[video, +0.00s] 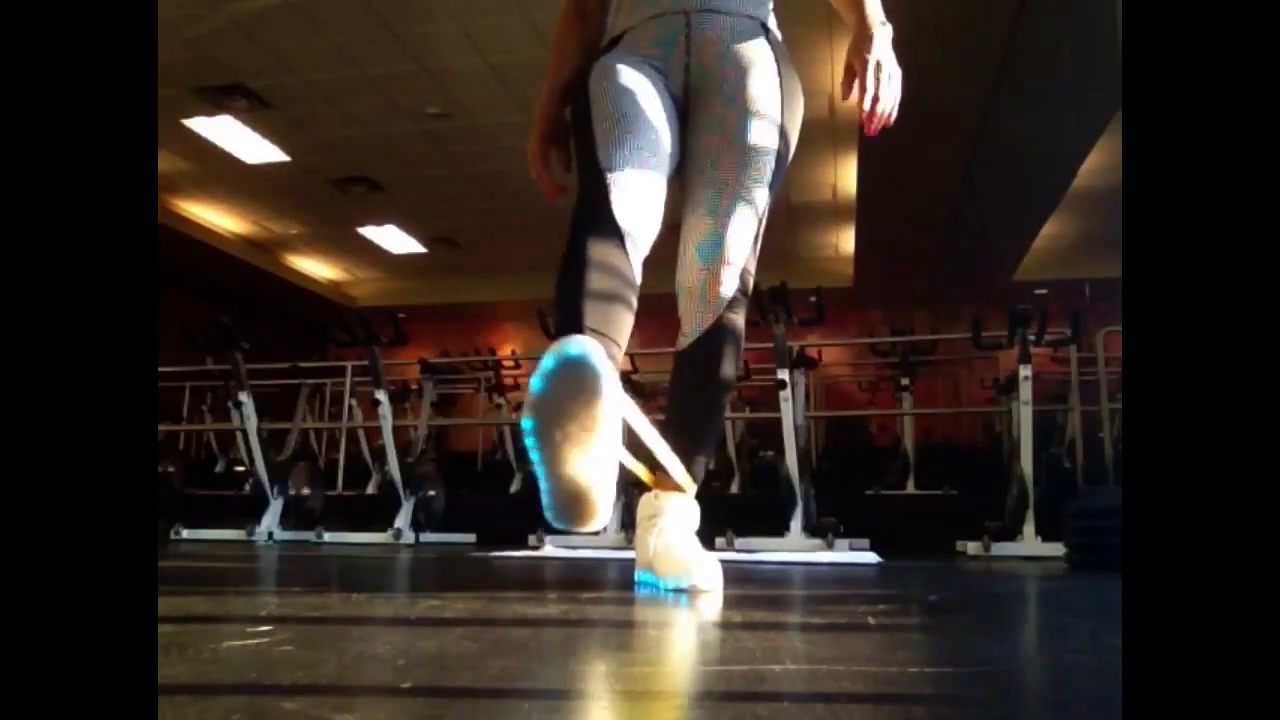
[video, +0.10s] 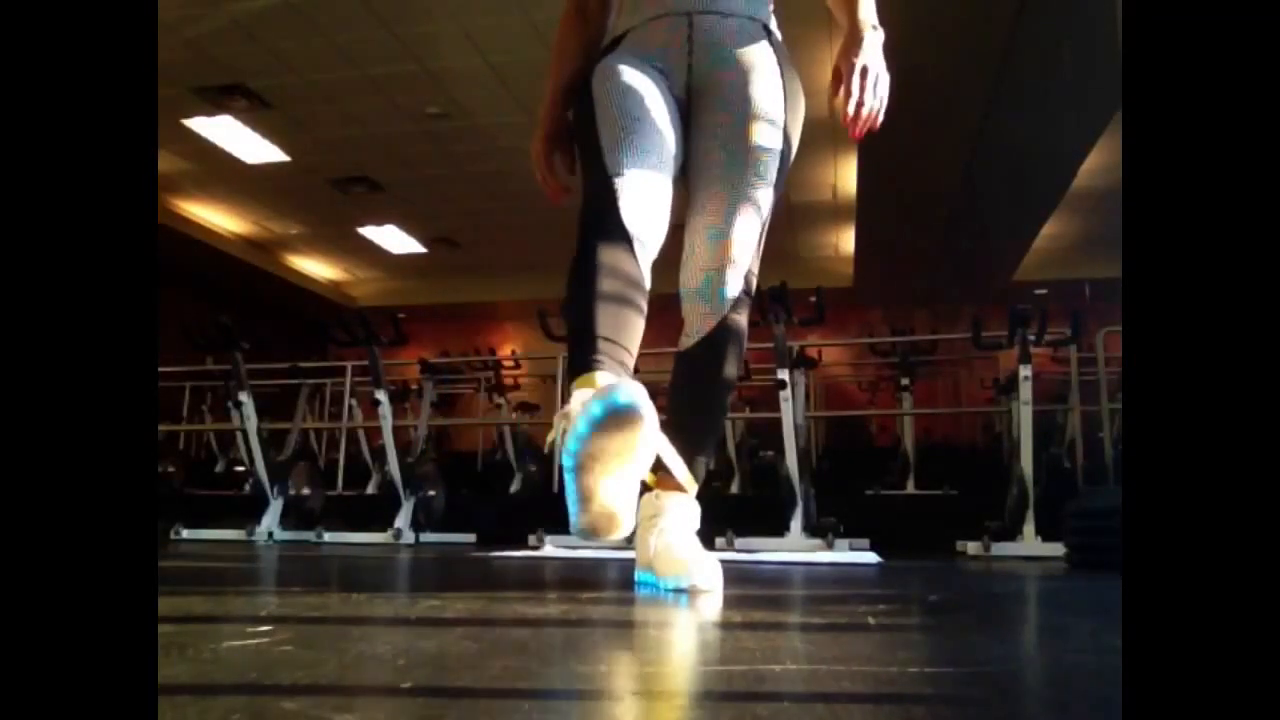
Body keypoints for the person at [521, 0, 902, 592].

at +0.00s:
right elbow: (585, 7)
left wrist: (872, 25)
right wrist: (554, 106)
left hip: (745, 28)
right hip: (632, 31)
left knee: (717, 273)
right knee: (614, 206)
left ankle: (674, 513)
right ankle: (577, 441)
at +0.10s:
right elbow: (585, 7)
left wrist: (863, 26)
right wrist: (556, 111)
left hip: (746, 29)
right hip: (631, 32)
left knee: (723, 274)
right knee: (624, 207)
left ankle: (673, 511)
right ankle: (599, 415)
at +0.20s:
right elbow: (585, 9)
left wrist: (862, 35)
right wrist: (556, 116)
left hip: (747, 32)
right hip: (635, 33)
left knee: (724, 273)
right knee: (631, 193)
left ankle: (676, 513)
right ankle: (599, 417)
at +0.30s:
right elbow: (586, 8)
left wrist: (866, 53)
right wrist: (555, 111)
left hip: (745, 26)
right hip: (633, 30)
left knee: (724, 271)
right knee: (620, 205)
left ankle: (674, 511)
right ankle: (585, 442)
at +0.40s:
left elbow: (838, 3)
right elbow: (589, 6)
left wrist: (867, 66)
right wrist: (555, 87)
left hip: (747, 31)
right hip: (636, 30)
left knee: (724, 273)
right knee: (606, 208)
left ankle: (672, 513)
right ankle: (558, 452)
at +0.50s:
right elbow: (589, 3)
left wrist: (867, 72)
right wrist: (550, 82)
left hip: (744, 25)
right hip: (632, 25)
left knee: (722, 273)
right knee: (597, 203)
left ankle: (673, 516)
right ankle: (533, 441)